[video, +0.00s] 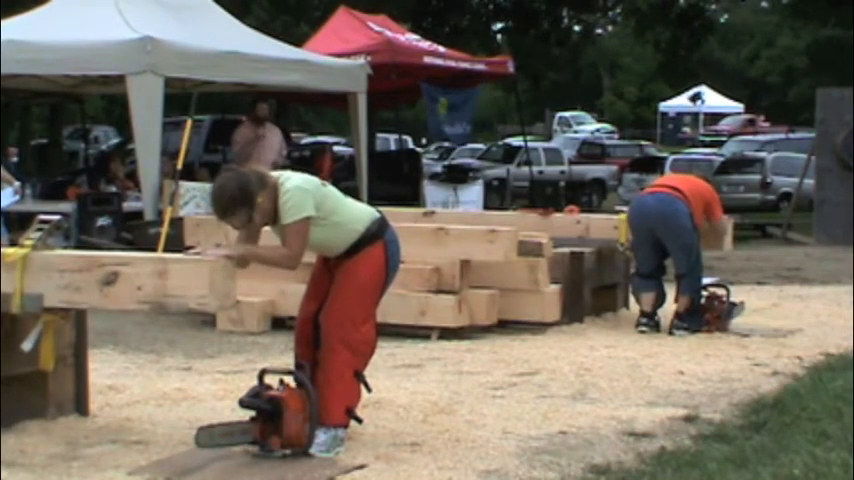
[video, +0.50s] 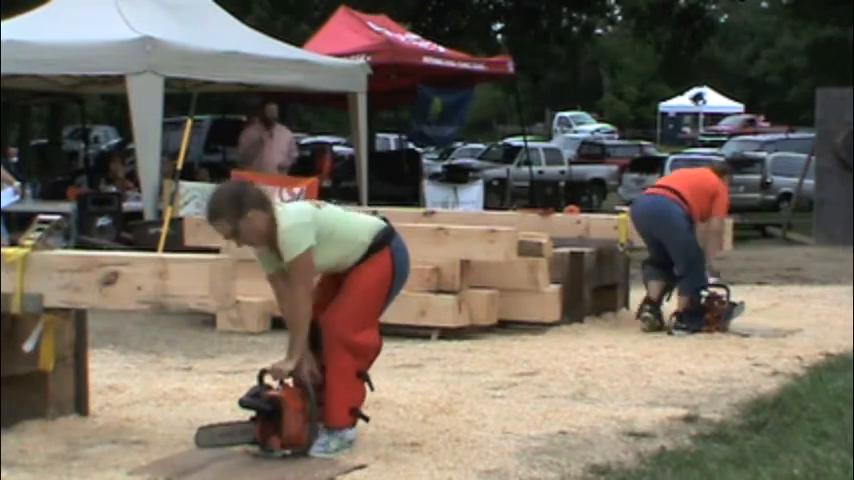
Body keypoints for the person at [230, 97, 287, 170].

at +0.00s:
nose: (262, 113)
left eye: (265, 110)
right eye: (260, 109)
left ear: (269, 112)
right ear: (253, 111)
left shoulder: (275, 131)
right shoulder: (243, 130)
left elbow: (283, 153)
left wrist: (276, 163)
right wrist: (254, 140)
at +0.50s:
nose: (272, 116)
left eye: (274, 112)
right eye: (269, 112)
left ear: (277, 114)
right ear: (262, 113)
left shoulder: (285, 133)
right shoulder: (250, 132)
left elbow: (293, 154)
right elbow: (243, 157)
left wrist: (284, 165)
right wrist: (258, 143)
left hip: (277, 178)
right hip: (253, 177)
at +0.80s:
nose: (278, 121)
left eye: (280, 119)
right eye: (275, 118)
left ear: (284, 117)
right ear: (269, 116)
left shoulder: (293, 133)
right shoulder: (258, 133)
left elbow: (302, 154)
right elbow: (249, 161)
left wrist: (292, 166)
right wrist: (262, 149)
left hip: (286, 178)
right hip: (262, 178)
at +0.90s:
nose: (279, 122)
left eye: (282, 119)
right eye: (276, 119)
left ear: (286, 118)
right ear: (271, 118)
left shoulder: (295, 133)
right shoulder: (259, 133)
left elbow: (304, 154)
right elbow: (250, 160)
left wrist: (294, 166)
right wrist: (264, 149)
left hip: (287, 180)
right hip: (263, 179)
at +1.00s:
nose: (280, 123)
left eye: (283, 120)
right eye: (277, 119)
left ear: (287, 118)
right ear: (272, 118)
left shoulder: (296, 133)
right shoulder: (261, 133)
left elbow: (305, 154)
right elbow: (251, 160)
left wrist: (295, 166)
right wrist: (265, 150)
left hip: (289, 180)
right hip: (265, 179)